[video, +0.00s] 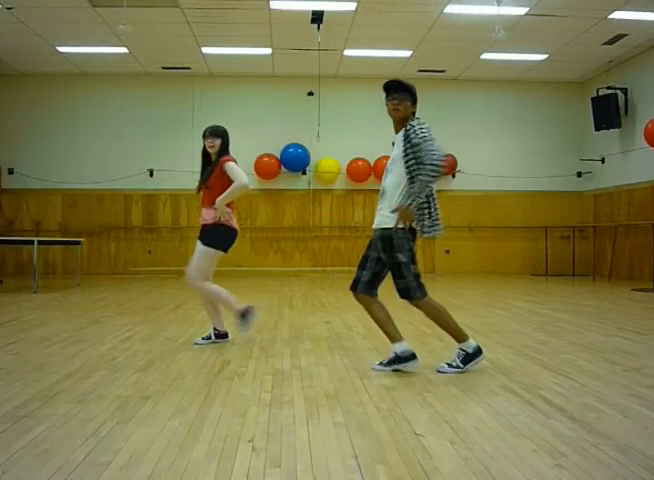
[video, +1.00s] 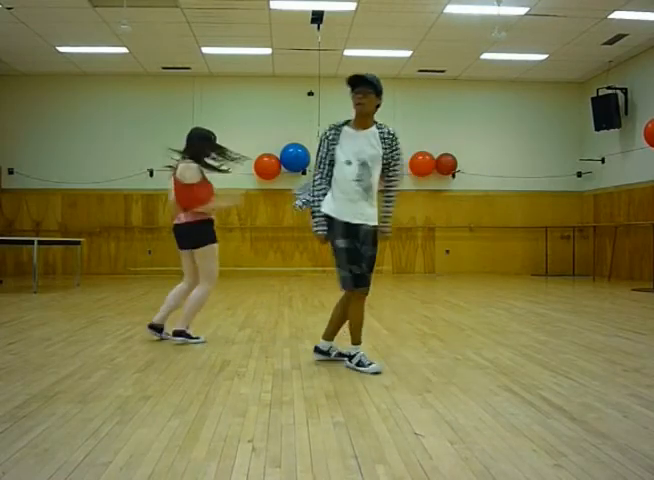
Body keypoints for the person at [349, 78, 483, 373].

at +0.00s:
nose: (393, 105)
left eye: (399, 101)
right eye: (389, 101)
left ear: (412, 105)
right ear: (386, 106)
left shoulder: (417, 131)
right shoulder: (401, 137)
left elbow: (434, 166)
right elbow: (408, 175)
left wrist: (410, 205)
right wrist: (393, 205)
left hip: (399, 227)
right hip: (384, 228)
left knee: (413, 293)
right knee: (362, 290)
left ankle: (468, 347)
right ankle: (401, 350)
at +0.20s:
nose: (382, 112)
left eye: (388, 105)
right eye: (378, 108)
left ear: (402, 106)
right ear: (377, 110)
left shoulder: (412, 130)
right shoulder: (391, 142)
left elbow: (402, 145)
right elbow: (379, 168)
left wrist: (362, 131)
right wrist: (355, 166)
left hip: (393, 224)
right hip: (383, 223)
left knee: (344, 285)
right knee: (368, 291)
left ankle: (407, 315)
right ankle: (403, 350)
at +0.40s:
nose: (362, 106)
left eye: (367, 100)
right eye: (361, 100)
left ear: (385, 100)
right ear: (372, 102)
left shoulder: (391, 135)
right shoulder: (388, 134)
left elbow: (399, 179)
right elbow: (394, 178)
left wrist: (368, 167)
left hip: (375, 223)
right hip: (384, 224)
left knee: (328, 277)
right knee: (370, 289)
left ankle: (327, 345)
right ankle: (403, 350)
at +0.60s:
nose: (347, 105)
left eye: (349, 100)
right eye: (348, 100)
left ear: (357, 102)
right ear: (376, 102)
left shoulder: (360, 129)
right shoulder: (396, 136)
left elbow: (362, 179)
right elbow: (403, 186)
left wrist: (361, 226)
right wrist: (409, 227)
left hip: (352, 222)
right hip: (380, 225)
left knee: (325, 281)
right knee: (370, 287)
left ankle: (321, 348)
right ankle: (394, 349)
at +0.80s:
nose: (388, 101)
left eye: (386, 96)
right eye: (385, 97)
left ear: (360, 100)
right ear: (375, 99)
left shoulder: (336, 130)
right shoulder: (379, 127)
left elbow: (326, 177)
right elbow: (368, 177)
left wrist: (328, 214)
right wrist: (356, 227)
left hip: (343, 217)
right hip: (368, 218)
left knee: (349, 282)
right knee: (382, 283)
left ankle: (326, 347)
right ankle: (350, 350)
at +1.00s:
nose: (359, 99)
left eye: (365, 95)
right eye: (356, 95)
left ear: (378, 100)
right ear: (350, 99)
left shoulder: (386, 137)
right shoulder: (333, 134)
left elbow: (391, 181)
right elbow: (320, 176)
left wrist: (385, 220)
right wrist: (318, 216)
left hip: (367, 218)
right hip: (338, 215)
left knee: (356, 287)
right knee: (357, 286)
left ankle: (325, 344)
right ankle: (355, 351)